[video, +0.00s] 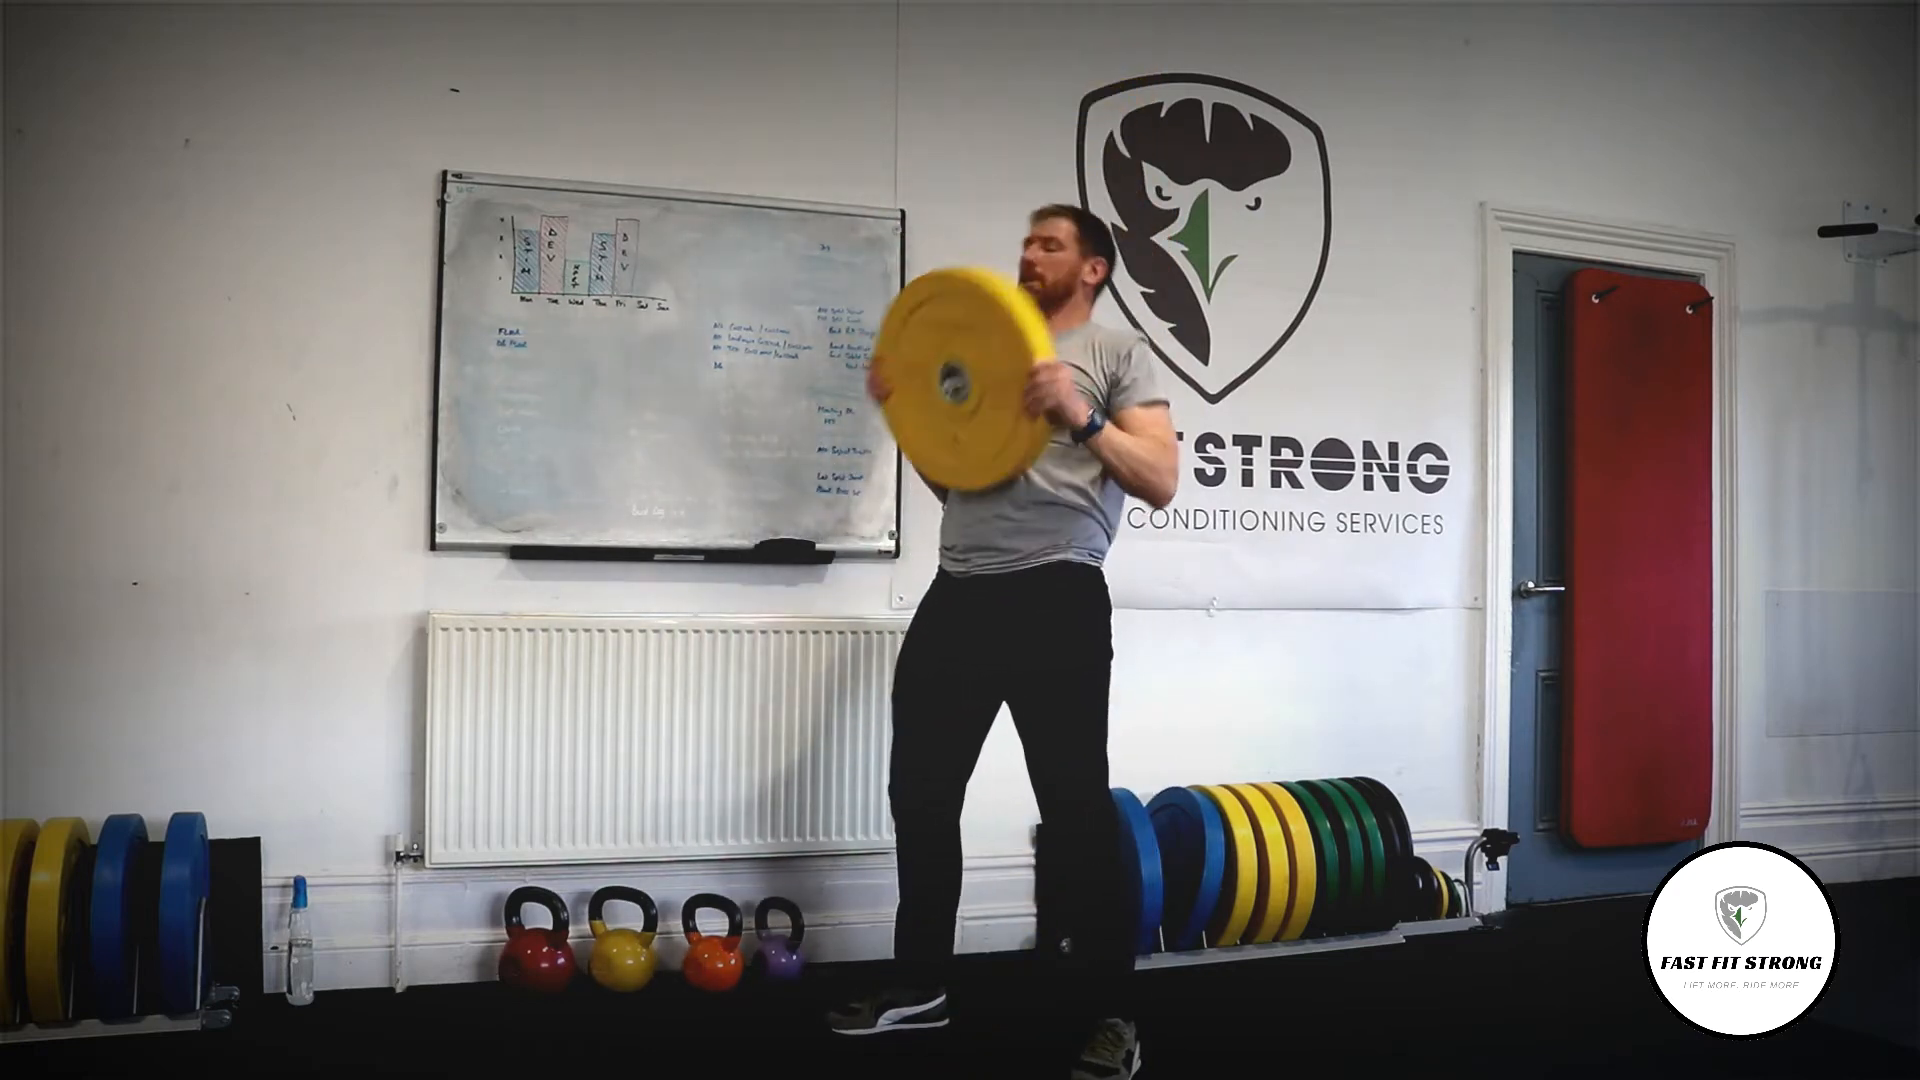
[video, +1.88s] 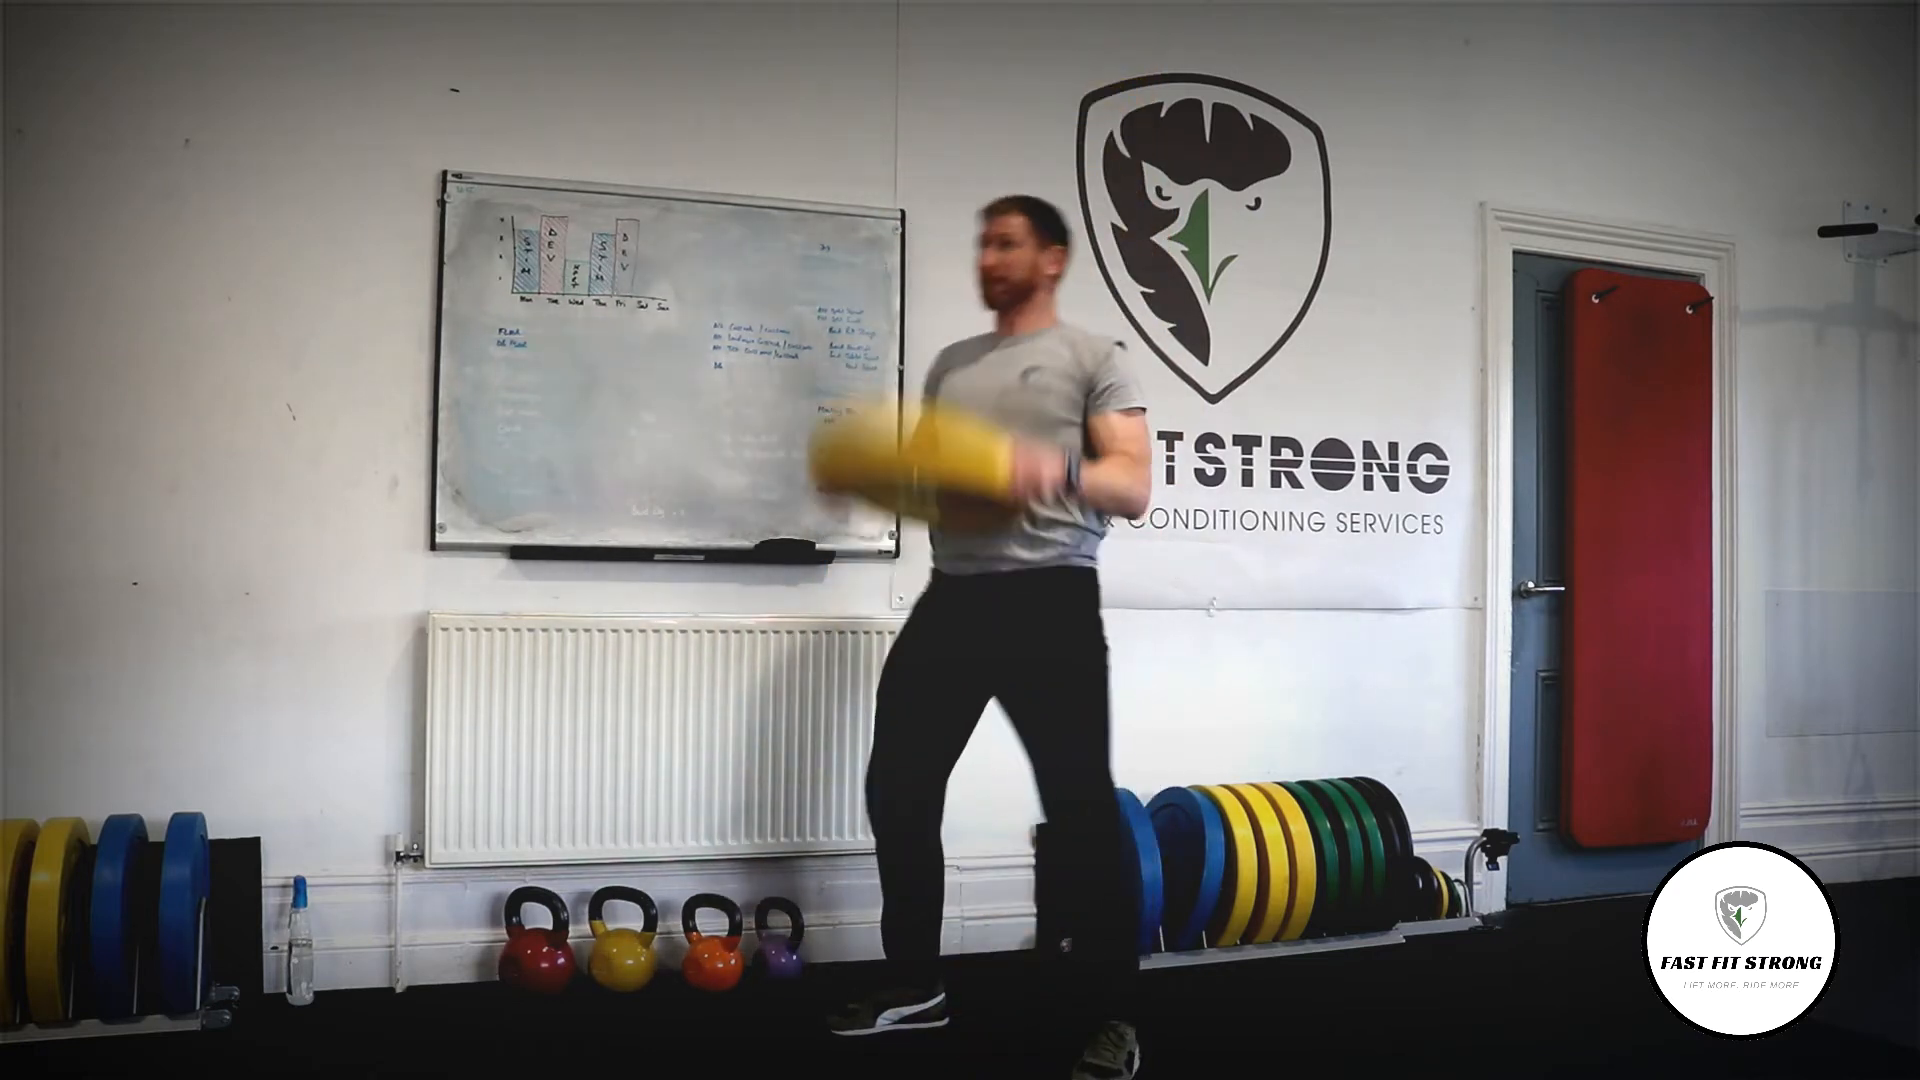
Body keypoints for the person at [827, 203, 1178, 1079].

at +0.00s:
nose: (1027, 259)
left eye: (1047, 247)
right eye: (1025, 247)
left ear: (1093, 268)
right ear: (1020, 261)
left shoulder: (1118, 349)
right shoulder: (993, 344)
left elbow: (1162, 480)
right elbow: (946, 466)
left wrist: (1083, 416)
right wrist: (897, 399)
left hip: (1058, 595)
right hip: (960, 597)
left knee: (1074, 803)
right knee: (921, 796)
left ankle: (1104, 1013)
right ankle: (923, 991)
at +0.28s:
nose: (988, 273)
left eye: (1004, 256)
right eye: (980, 259)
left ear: (1052, 257)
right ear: (977, 264)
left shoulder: (1095, 337)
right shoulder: (963, 351)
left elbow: (1136, 458)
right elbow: (929, 469)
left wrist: (1064, 533)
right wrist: (875, 529)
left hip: (1077, 593)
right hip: (979, 593)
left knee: (1094, 801)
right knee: (940, 791)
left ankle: (1112, 1013)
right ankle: (921, 988)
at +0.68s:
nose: (918, 338)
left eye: (929, 318)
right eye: (907, 323)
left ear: (975, 294)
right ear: (901, 315)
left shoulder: (1054, 373)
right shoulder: (909, 393)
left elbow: (1080, 511)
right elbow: (909, 526)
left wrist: (1080, 645)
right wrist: (892, 643)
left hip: (1092, 604)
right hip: (996, 611)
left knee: (1107, 804)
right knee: (935, 782)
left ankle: (1120, 1012)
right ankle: (918, 988)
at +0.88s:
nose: (892, 445)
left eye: (903, 426)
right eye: (881, 430)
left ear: (947, 396)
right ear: (873, 419)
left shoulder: (1036, 473)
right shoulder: (890, 497)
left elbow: (1056, 619)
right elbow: (895, 625)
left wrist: (1068, 761)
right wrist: (890, 755)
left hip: (1103, 649)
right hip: (998, 653)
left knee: (1120, 826)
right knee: (889, 783)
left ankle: (1117, 1019)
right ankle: (916, 985)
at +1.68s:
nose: (902, 362)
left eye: (919, 346)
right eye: (895, 347)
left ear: (968, 348)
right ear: (887, 356)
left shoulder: (1032, 435)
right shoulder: (890, 452)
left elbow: (1114, 550)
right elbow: (898, 565)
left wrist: (1067, 660)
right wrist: (876, 669)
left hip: (1083, 631)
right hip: (983, 642)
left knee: (1117, 814)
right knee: (882, 783)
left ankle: (1115, 1019)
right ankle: (914, 986)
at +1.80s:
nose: (949, 276)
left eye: (966, 262)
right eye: (944, 263)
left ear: (1014, 272)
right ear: (939, 275)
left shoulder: (1068, 369)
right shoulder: (925, 380)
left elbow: (1134, 492)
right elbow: (914, 494)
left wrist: (1067, 544)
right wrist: (873, 551)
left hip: (1065, 612)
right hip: (962, 612)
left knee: (1098, 805)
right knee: (894, 790)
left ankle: (1115, 1017)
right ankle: (916, 991)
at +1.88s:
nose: (986, 257)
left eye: (1004, 243)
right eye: (983, 244)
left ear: (1053, 259)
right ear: (982, 260)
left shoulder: (1096, 357)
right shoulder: (952, 365)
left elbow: (1134, 487)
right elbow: (937, 487)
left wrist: (1056, 474)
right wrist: (875, 476)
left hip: (1051, 606)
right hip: (953, 603)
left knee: (1079, 804)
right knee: (899, 788)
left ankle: (1106, 1016)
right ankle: (915, 988)